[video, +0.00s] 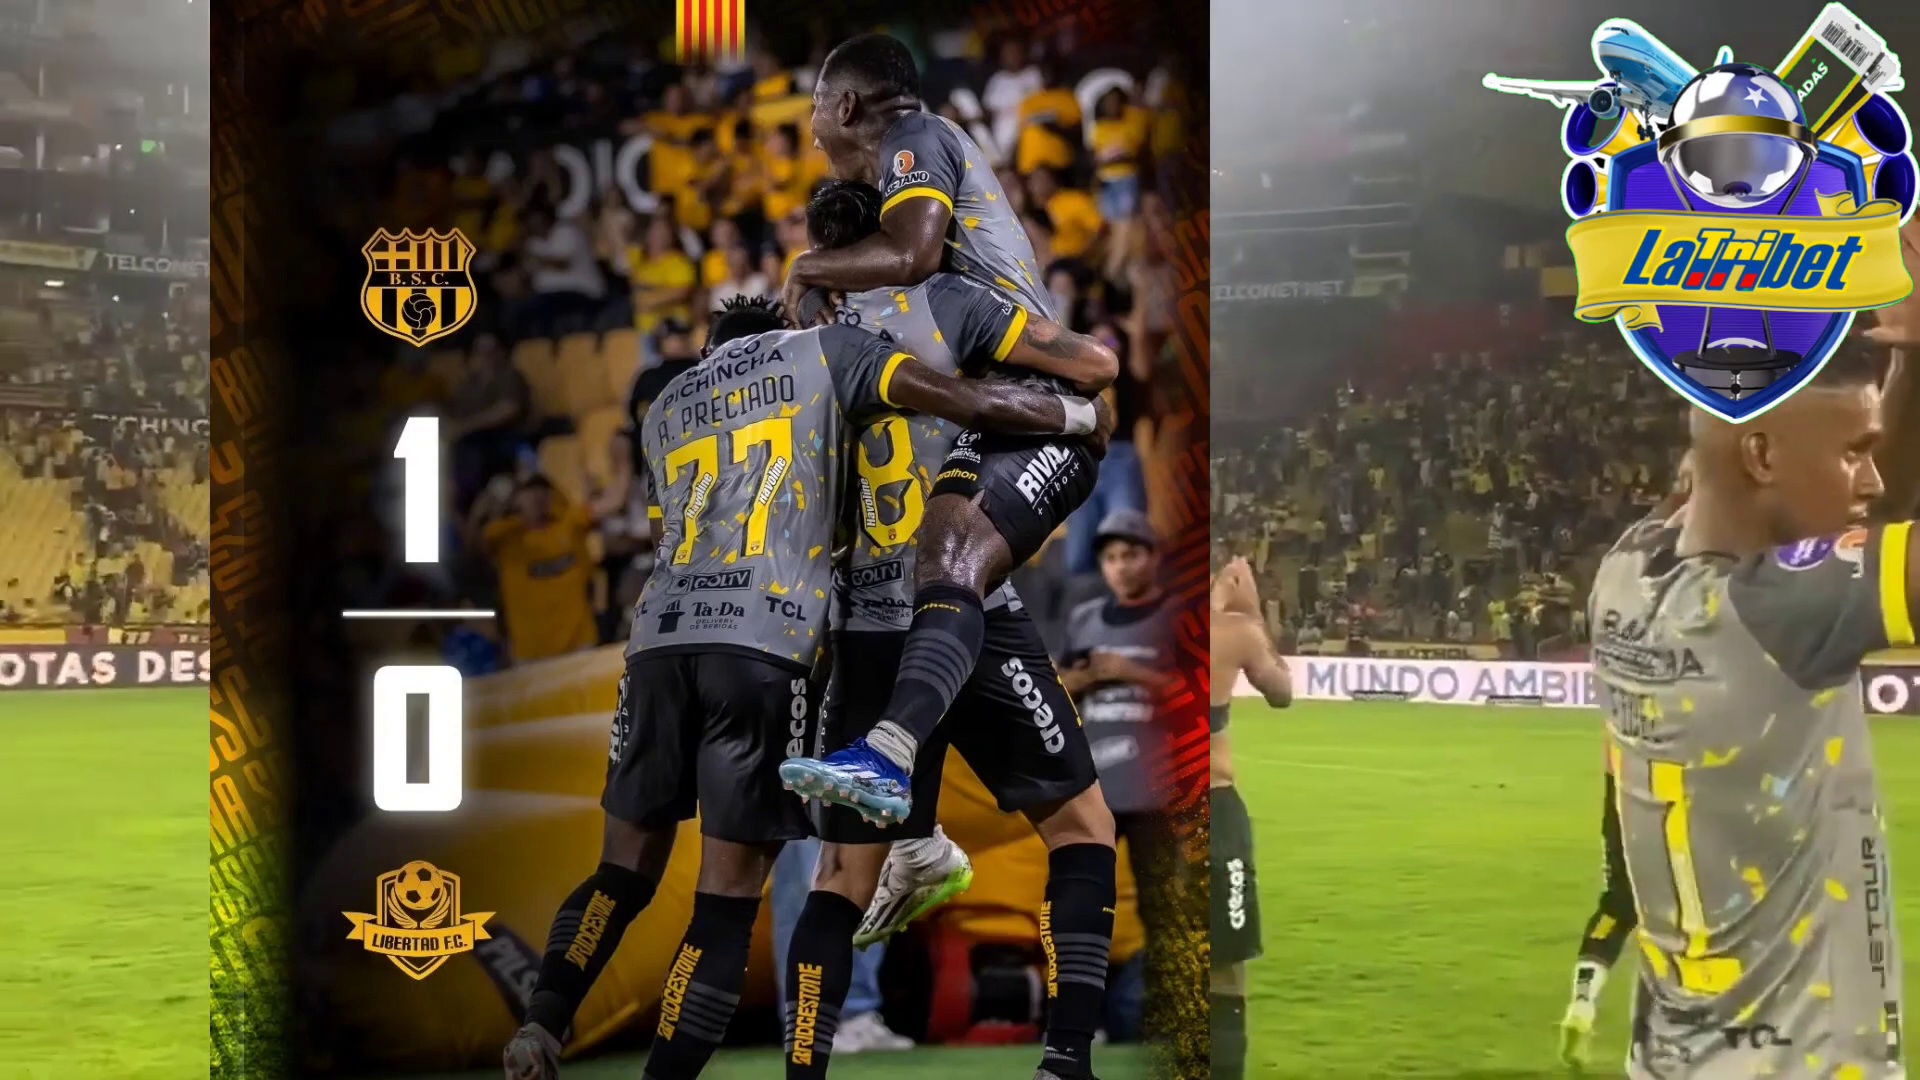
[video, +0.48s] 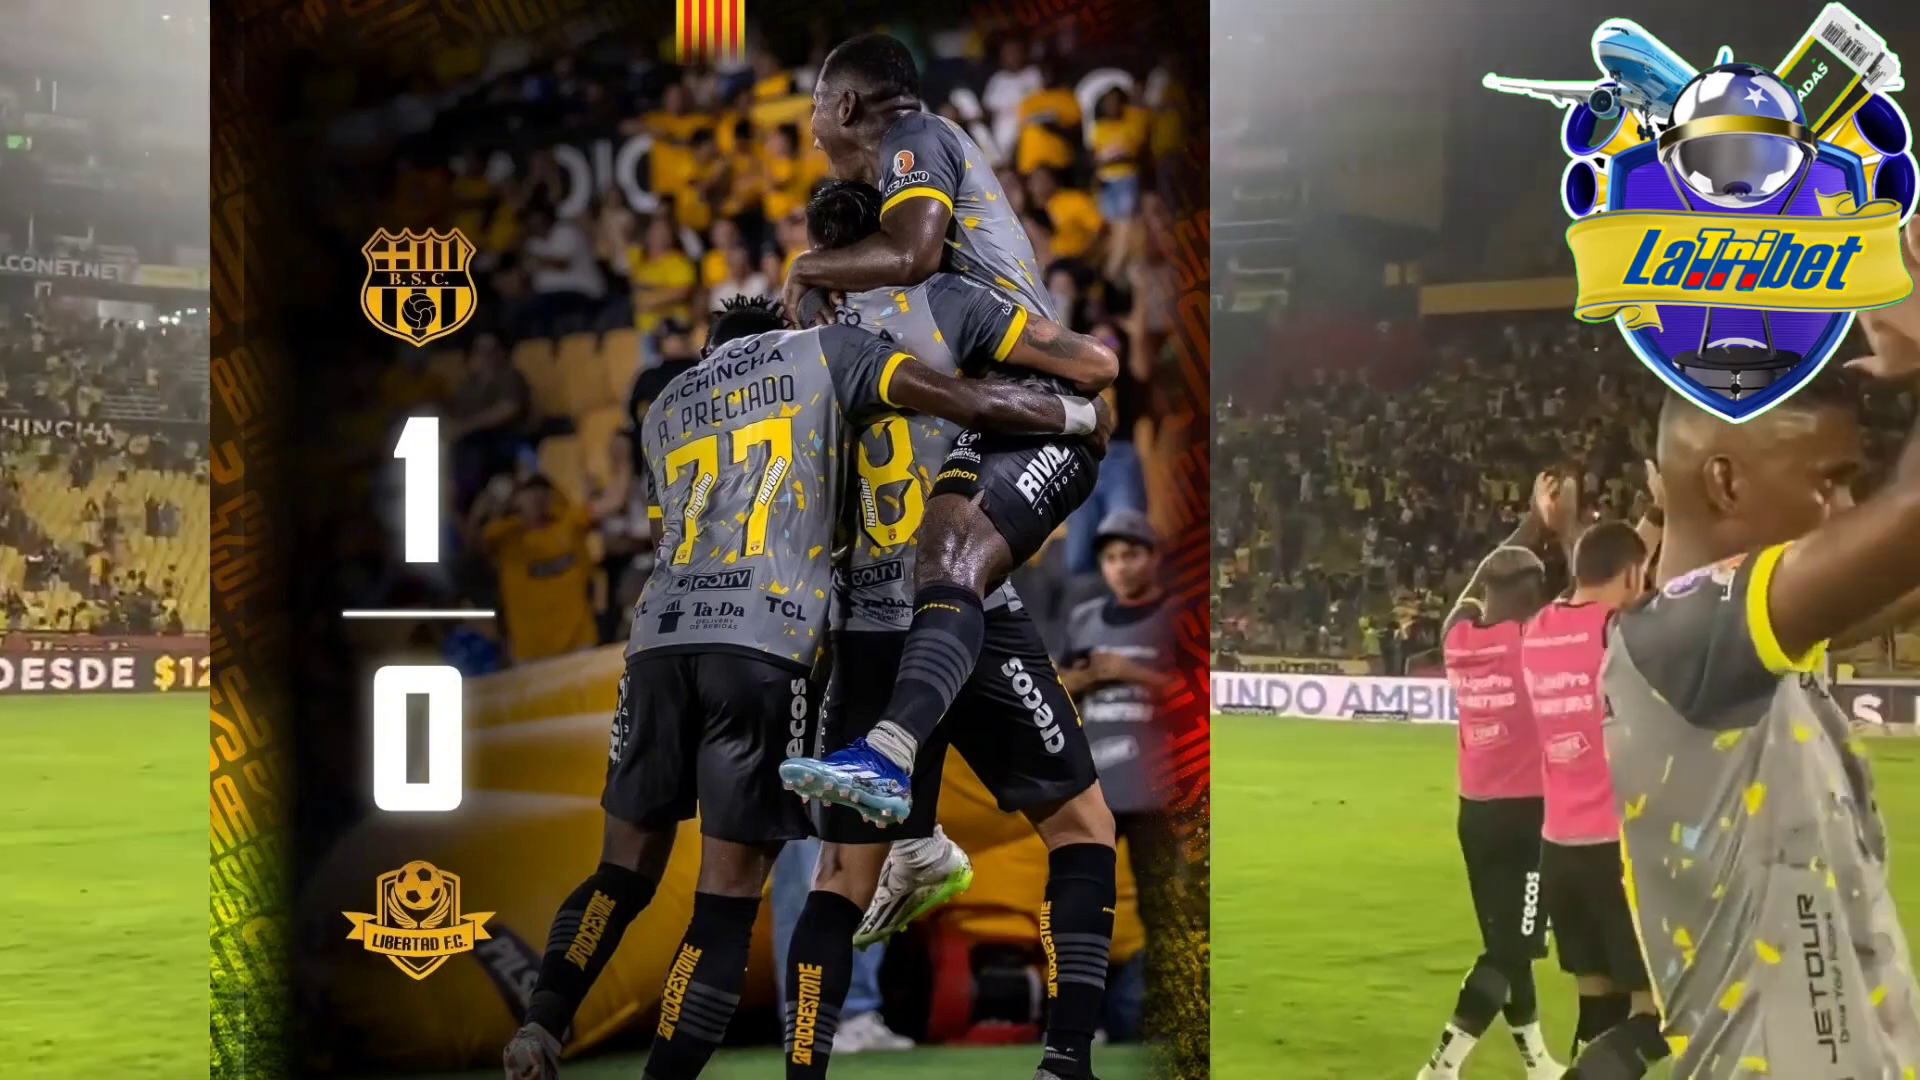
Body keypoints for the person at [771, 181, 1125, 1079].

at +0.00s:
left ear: (820, 254)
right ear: (899, 238)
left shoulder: (801, 331)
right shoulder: (952, 297)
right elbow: (1090, 366)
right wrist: (1085, 358)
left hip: (851, 618)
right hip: (963, 614)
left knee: (848, 861)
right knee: (1082, 827)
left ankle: (802, 1063)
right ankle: (1067, 1058)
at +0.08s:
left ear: (821, 254)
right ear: (900, 238)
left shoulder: (801, 331)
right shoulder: (952, 297)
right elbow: (1092, 366)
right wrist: (1080, 353)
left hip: (852, 617)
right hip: (964, 614)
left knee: (848, 861)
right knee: (1081, 827)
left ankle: (801, 1064)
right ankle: (1067, 1056)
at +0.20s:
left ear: (821, 253)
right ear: (900, 238)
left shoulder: (800, 331)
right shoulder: (952, 297)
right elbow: (1091, 367)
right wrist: (1089, 355)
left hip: (853, 616)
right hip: (964, 613)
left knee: (849, 860)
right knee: (1081, 827)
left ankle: (801, 1063)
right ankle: (1067, 1057)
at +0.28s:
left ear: (821, 253)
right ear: (900, 236)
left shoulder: (800, 331)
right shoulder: (951, 296)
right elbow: (1090, 367)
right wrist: (1087, 354)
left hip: (853, 616)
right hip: (964, 613)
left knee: (849, 860)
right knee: (1081, 827)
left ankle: (801, 1063)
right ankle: (1067, 1057)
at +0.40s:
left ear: (820, 250)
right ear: (899, 235)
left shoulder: (797, 331)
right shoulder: (950, 296)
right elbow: (1090, 366)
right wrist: (1080, 354)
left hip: (853, 615)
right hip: (964, 612)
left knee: (849, 860)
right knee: (1081, 826)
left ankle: (802, 1063)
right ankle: (1067, 1059)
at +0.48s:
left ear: (820, 254)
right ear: (899, 238)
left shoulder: (801, 330)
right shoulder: (952, 297)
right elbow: (1091, 366)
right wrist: (1084, 358)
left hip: (851, 618)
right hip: (963, 614)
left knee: (848, 861)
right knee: (1082, 826)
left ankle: (801, 1063)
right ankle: (1067, 1057)